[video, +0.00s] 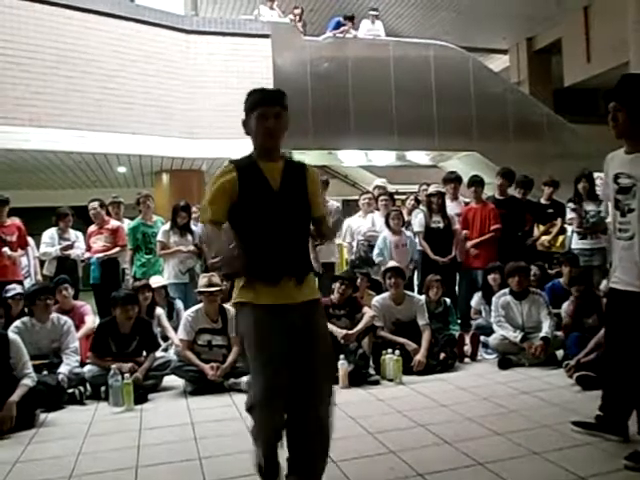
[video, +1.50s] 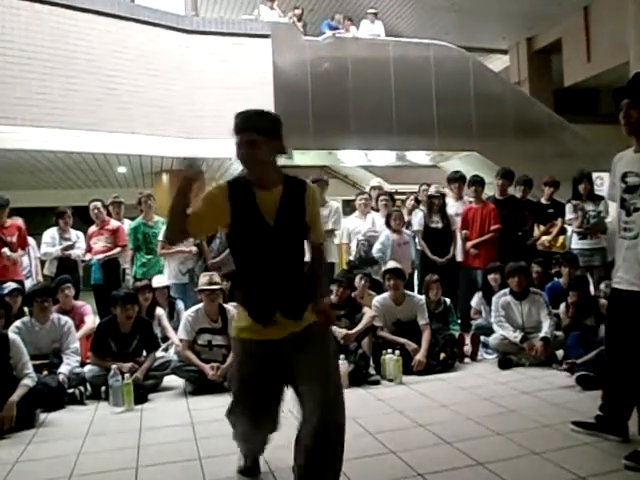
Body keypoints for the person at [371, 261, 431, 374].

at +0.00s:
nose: (394, 281)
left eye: (397, 277)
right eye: (389, 278)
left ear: (404, 280)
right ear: (385, 282)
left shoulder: (417, 301)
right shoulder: (378, 302)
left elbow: (426, 329)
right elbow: (378, 331)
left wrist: (422, 354)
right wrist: (405, 342)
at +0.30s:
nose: (393, 283)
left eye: (397, 278)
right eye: (389, 279)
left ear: (404, 281)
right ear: (384, 282)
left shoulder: (418, 300)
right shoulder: (378, 302)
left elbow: (426, 329)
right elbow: (378, 331)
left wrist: (422, 354)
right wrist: (405, 342)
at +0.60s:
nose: (393, 282)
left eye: (396, 278)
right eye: (388, 279)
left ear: (403, 281)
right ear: (384, 282)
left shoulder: (418, 301)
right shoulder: (378, 302)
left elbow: (426, 329)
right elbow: (378, 330)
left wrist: (422, 354)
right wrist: (405, 343)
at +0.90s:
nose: (393, 284)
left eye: (397, 280)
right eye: (389, 280)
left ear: (403, 282)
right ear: (385, 284)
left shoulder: (418, 300)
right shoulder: (378, 302)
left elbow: (426, 329)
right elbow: (379, 331)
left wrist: (422, 354)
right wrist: (405, 343)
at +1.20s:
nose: (393, 284)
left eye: (397, 279)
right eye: (389, 280)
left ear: (403, 281)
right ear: (385, 283)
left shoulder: (418, 300)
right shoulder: (378, 302)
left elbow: (426, 329)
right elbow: (379, 331)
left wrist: (422, 354)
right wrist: (405, 342)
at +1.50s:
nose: (393, 283)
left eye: (397, 279)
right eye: (389, 279)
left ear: (403, 281)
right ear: (385, 283)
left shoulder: (418, 300)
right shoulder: (378, 302)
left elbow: (426, 329)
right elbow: (378, 331)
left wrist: (422, 354)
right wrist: (405, 342)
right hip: (391, 337)